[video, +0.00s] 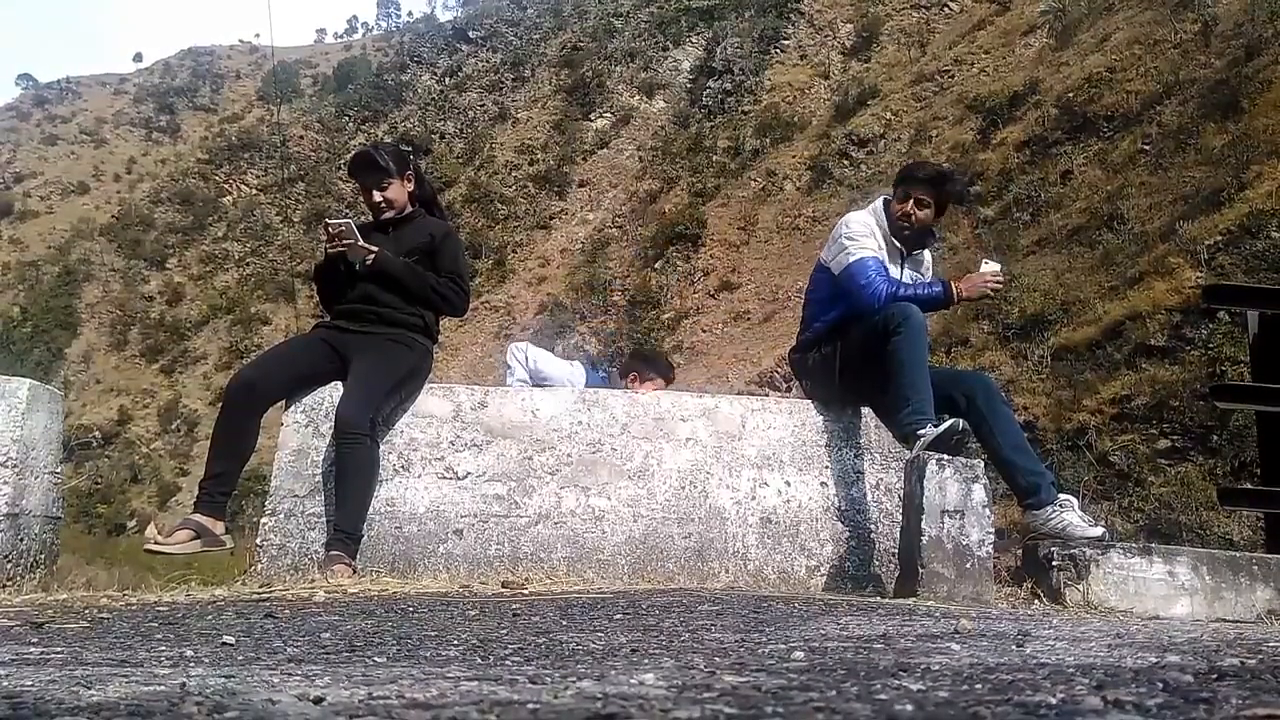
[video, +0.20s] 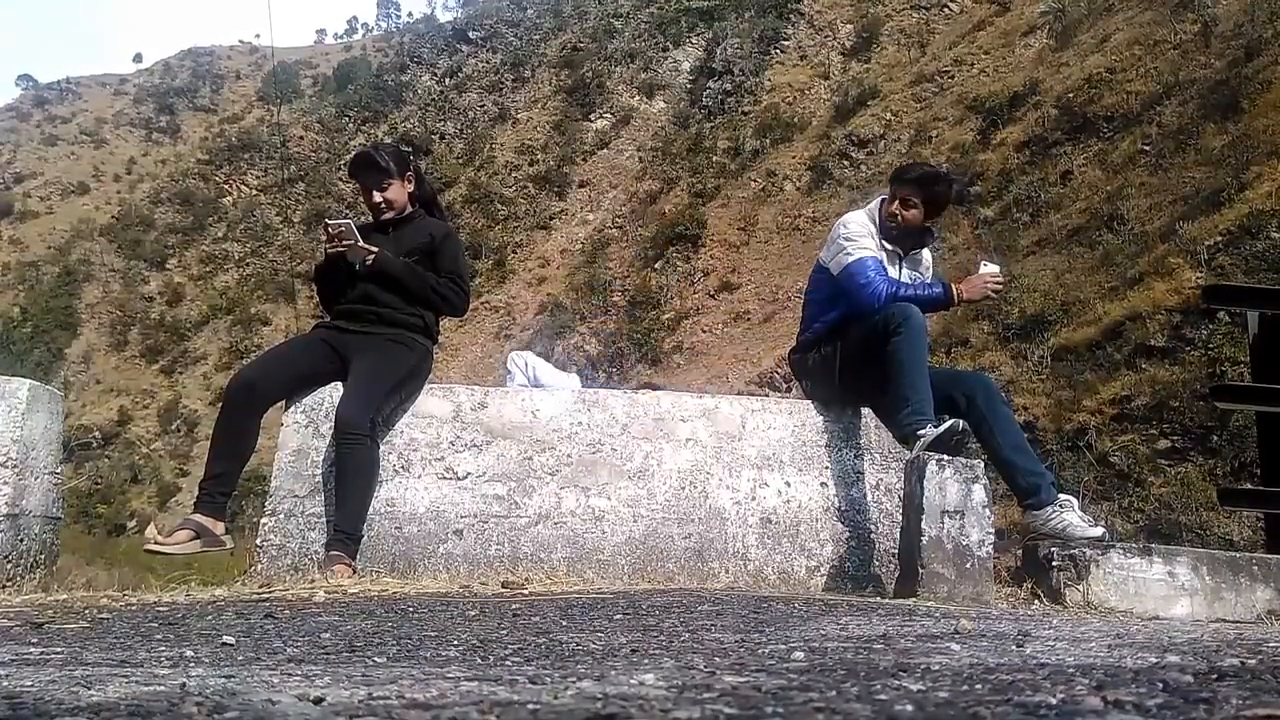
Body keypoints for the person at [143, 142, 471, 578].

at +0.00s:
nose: (375, 198)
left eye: (384, 186)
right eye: (367, 190)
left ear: (409, 179)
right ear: (362, 191)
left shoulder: (436, 230)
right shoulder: (358, 228)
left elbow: (457, 299)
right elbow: (334, 300)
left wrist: (380, 259)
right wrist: (333, 255)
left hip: (397, 343)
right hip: (337, 335)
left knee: (353, 421)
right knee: (247, 387)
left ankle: (341, 557)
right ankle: (208, 519)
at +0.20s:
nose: (375, 198)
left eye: (384, 187)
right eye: (367, 190)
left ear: (410, 180)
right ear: (361, 191)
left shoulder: (436, 232)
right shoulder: (358, 229)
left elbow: (456, 299)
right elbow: (333, 300)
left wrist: (382, 260)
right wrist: (333, 257)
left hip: (397, 343)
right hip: (337, 335)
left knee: (353, 420)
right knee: (247, 387)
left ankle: (341, 557)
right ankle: (208, 519)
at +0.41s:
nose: (375, 196)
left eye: (383, 185)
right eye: (367, 188)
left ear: (409, 178)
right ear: (362, 189)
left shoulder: (436, 230)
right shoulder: (358, 227)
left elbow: (457, 298)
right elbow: (333, 299)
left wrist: (381, 258)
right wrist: (334, 255)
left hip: (397, 342)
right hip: (337, 334)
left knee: (353, 419)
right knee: (247, 386)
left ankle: (341, 556)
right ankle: (208, 518)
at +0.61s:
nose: (376, 197)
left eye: (384, 186)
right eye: (368, 189)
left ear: (410, 180)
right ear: (362, 190)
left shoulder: (437, 231)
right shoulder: (358, 228)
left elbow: (456, 298)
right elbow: (333, 299)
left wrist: (382, 259)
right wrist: (332, 258)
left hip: (397, 342)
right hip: (337, 334)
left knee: (353, 420)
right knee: (247, 386)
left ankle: (341, 555)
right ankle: (208, 518)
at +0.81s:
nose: (377, 197)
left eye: (385, 185)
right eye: (368, 189)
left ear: (411, 179)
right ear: (362, 190)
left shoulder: (437, 231)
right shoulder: (358, 228)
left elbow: (456, 298)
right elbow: (333, 299)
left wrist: (383, 259)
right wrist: (333, 257)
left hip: (397, 342)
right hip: (336, 334)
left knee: (353, 420)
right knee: (247, 386)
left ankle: (341, 556)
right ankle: (208, 518)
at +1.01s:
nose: (376, 194)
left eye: (385, 183)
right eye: (369, 187)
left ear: (411, 179)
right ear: (363, 188)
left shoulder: (437, 229)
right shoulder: (358, 227)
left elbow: (457, 296)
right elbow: (333, 298)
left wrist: (384, 258)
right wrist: (333, 256)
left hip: (397, 340)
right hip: (336, 332)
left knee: (353, 418)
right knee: (247, 383)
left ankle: (341, 554)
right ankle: (208, 517)